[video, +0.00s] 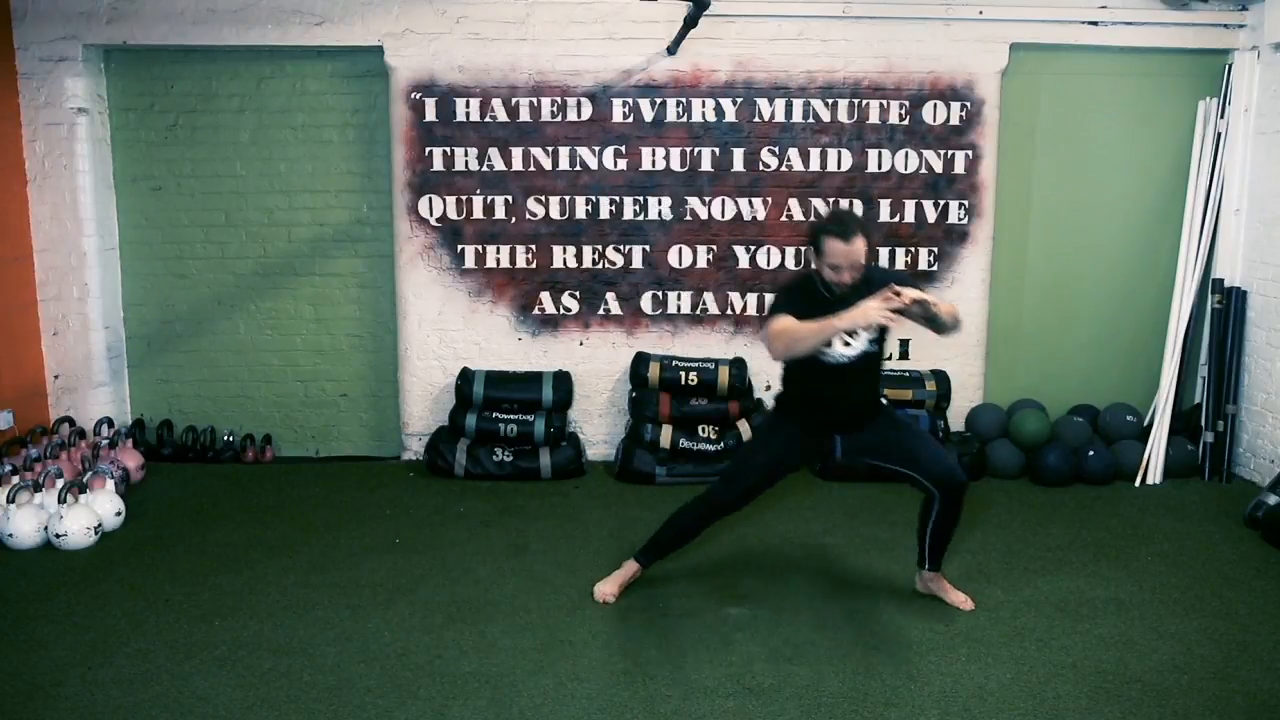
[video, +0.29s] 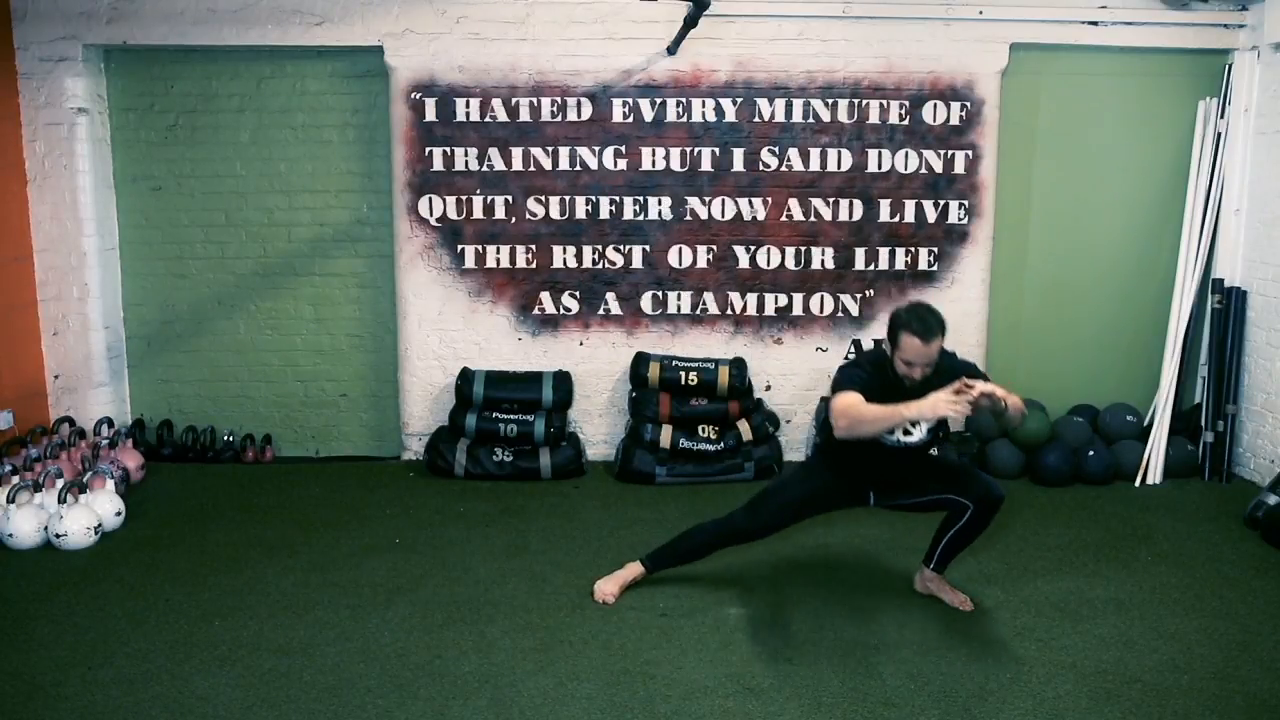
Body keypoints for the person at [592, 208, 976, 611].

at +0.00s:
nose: (845, 276)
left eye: (853, 267)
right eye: (835, 267)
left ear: (867, 256)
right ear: (815, 258)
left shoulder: (883, 285)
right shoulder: (798, 290)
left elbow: (950, 323)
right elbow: (779, 343)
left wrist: (925, 309)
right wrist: (853, 317)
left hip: (867, 421)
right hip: (798, 423)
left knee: (948, 479)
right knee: (726, 495)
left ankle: (929, 573)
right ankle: (634, 566)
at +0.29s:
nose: (920, 371)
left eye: (928, 364)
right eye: (912, 362)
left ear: (941, 352)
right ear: (891, 345)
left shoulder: (948, 367)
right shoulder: (862, 366)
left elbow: (1017, 416)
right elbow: (844, 421)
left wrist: (1002, 402)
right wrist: (921, 410)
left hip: (901, 469)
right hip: (837, 469)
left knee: (983, 494)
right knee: (747, 522)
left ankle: (930, 575)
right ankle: (636, 570)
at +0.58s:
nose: (933, 410)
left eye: (943, 402)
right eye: (925, 400)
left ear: (959, 389)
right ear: (909, 382)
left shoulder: (971, 410)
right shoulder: (883, 399)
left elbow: (1034, 462)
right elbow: (859, 457)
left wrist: (1014, 451)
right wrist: (930, 455)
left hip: (912, 496)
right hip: (852, 493)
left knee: (990, 500)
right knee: (756, 537)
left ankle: (931, 574)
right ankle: (643, 572)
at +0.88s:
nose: (904, 337)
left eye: (913, 328)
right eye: (896, 327)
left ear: (926, 318)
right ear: (876, 313)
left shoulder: (937, 343)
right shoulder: (855, 338)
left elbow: (998, 389)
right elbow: (821, 385)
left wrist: (972, 373)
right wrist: (896, 382)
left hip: (893, 450)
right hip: (828, 447)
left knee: (965, 489)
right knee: (740, 509)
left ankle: (929, 575)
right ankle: (641, 568)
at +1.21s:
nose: (793, 223)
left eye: (802, 214)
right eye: (782, 214)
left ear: (816, 205)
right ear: (766, 207)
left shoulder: (833, 249)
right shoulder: (745, 243)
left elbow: (890, 281)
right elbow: (710, 273)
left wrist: (855, 252)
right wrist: (780, 252)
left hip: (814, 396)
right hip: (747, 394)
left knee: (880, 473)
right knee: (684, 476)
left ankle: (925, 571)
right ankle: (625, 565)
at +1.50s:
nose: (703, 173)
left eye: (714, 164)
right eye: (695, 163)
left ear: (728, 158)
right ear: (680, 155)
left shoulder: (742, 200)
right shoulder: (656, 197)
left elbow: (799, 239)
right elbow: (623, 235)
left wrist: (766, 213)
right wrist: (691, 207)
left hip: (733, 352)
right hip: (669, 352)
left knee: (756, 449)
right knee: (644, 454)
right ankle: (622, 560)